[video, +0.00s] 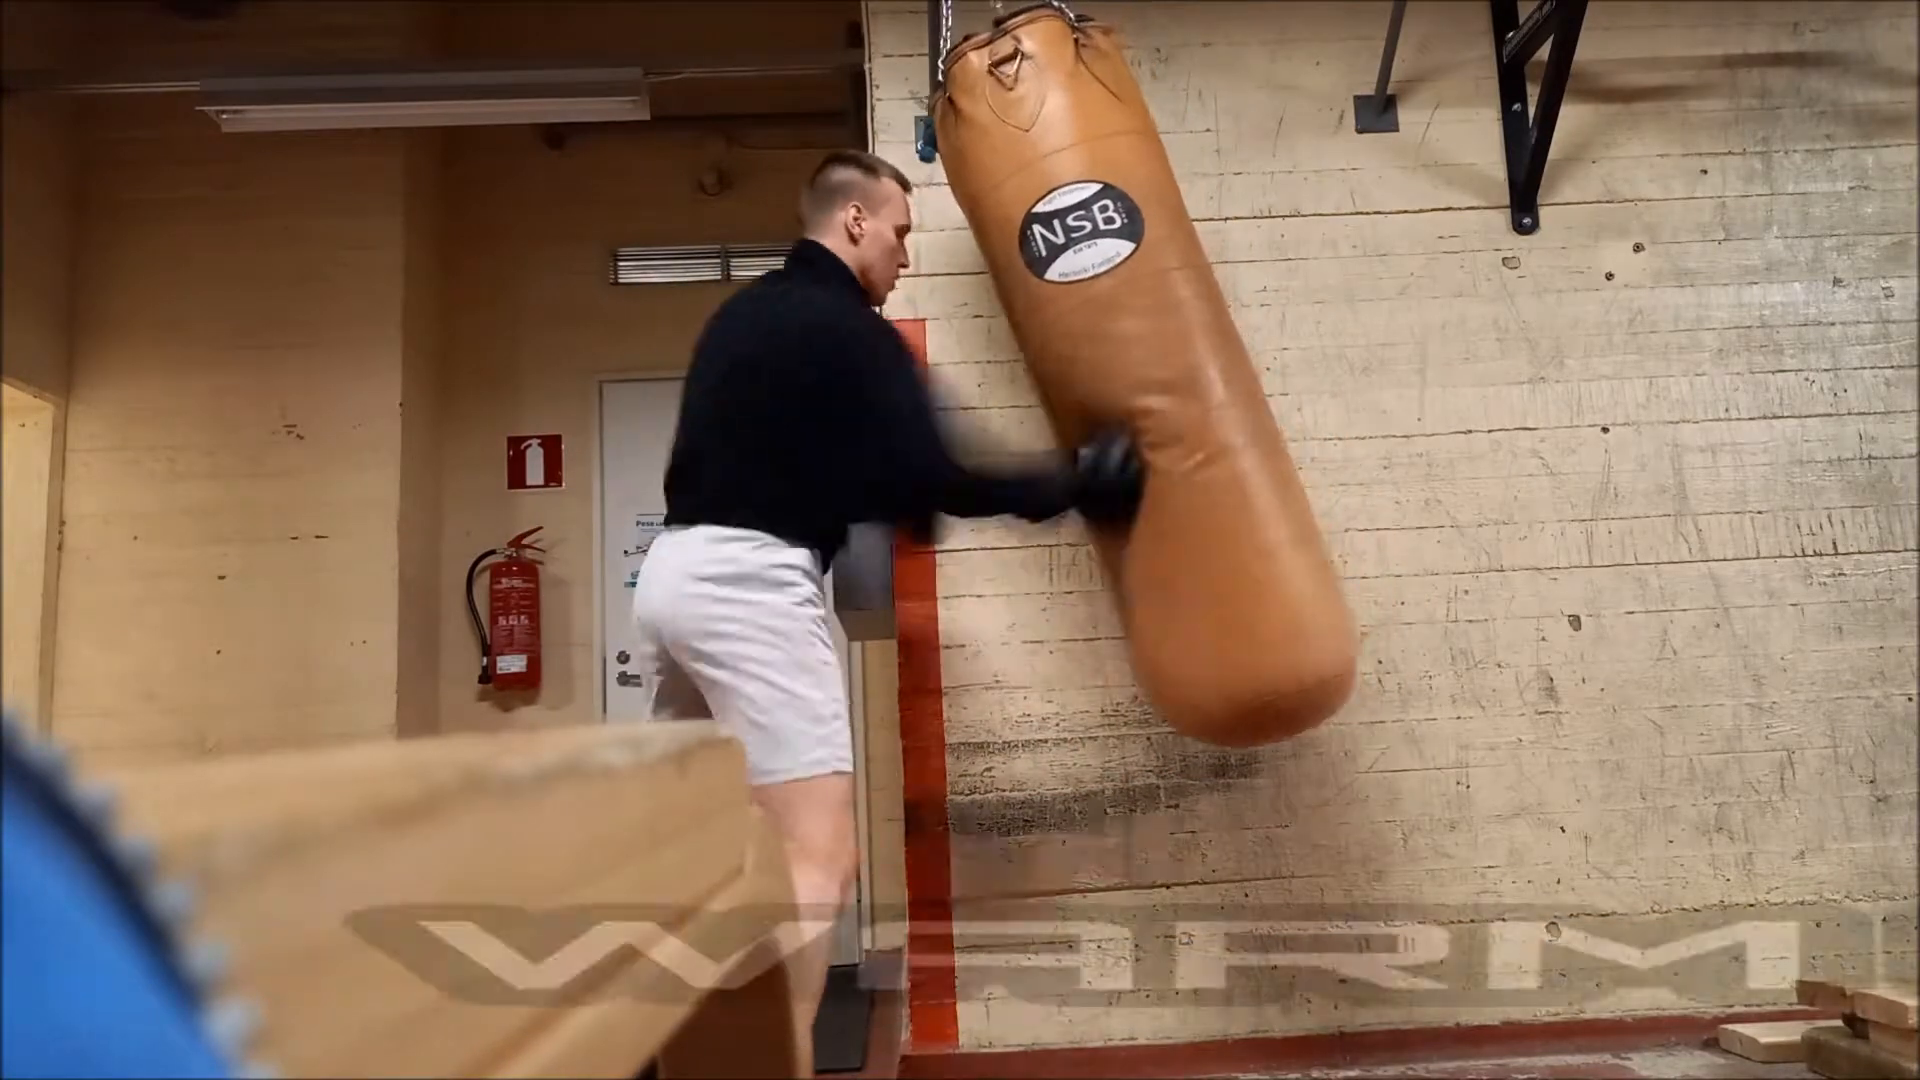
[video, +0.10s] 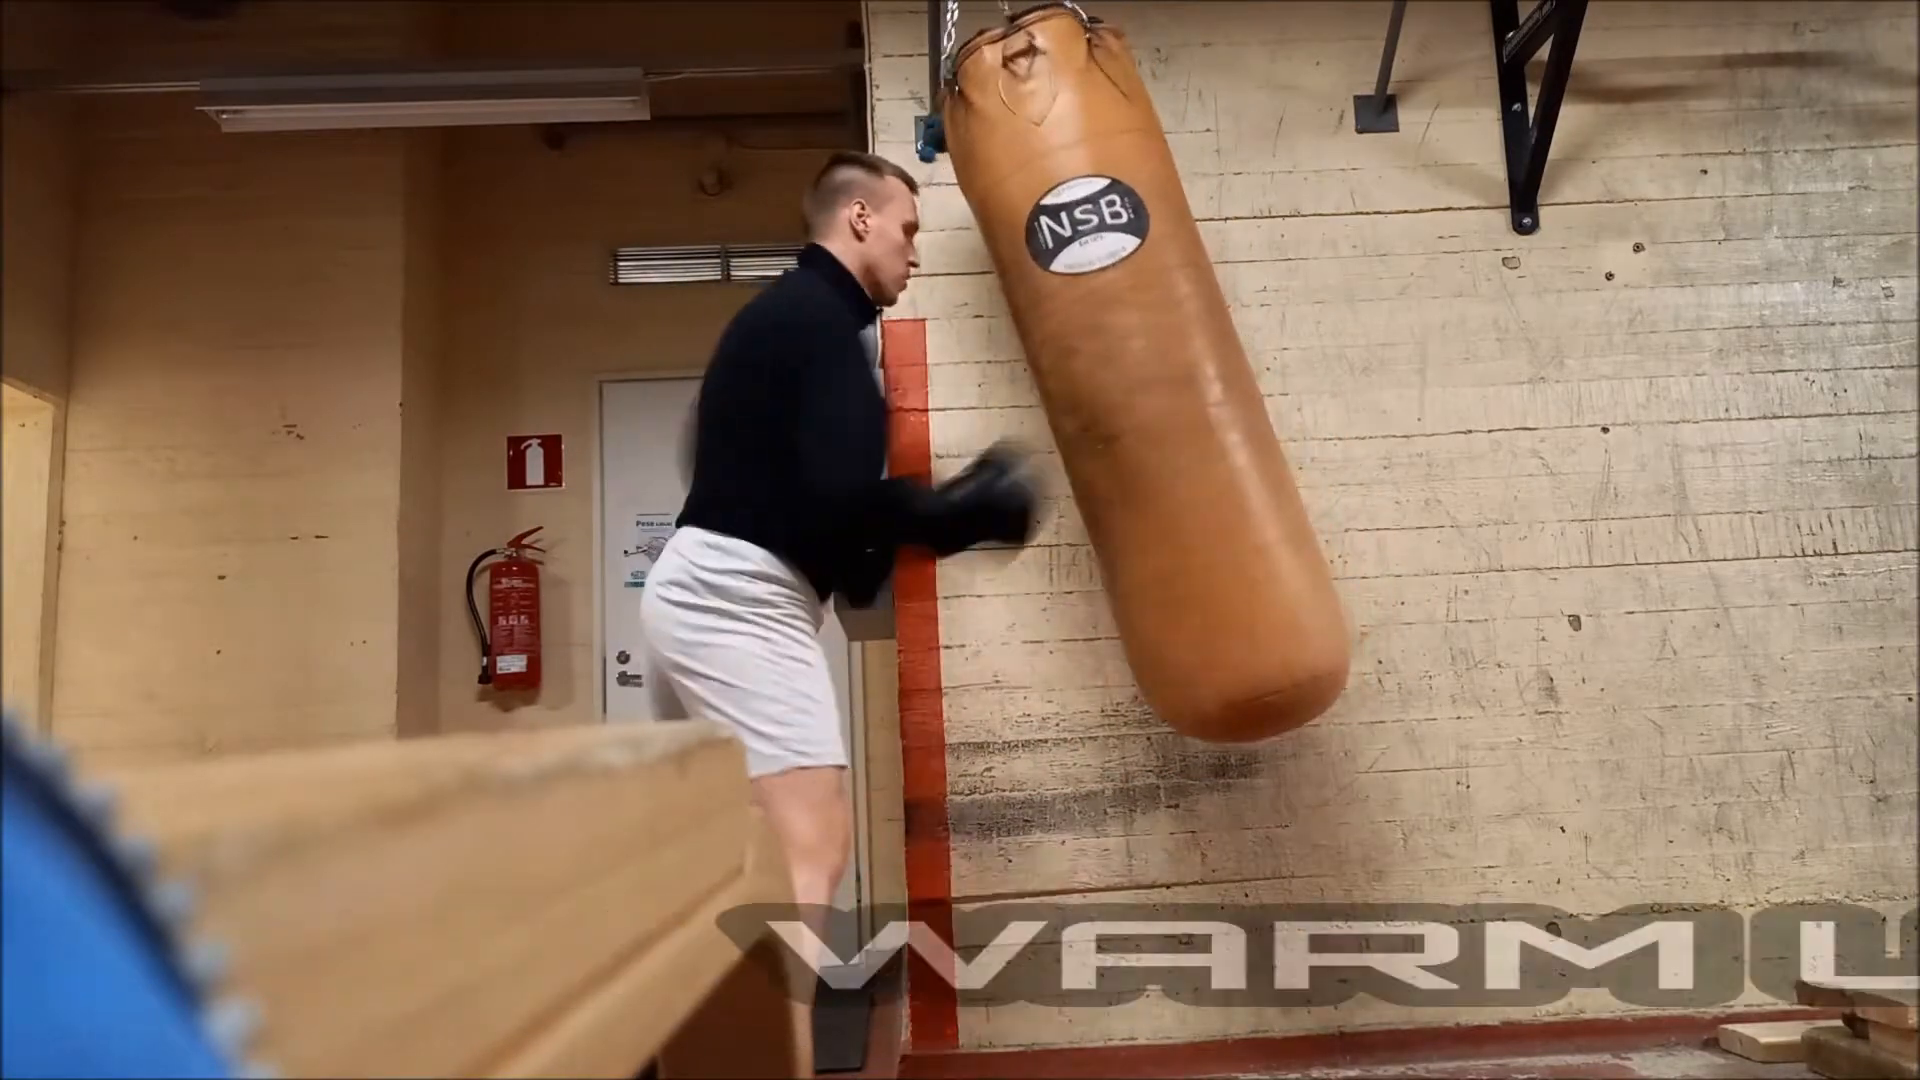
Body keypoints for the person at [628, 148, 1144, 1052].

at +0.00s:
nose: (905, 255)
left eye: (907, 235)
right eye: (899, 233)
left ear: (834, 226)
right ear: (854, 223)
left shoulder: (742, 313)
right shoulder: (852, 333)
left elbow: (820, 462)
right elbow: (927, 482)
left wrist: (911, 495)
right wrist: (1068, 485)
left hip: (674, 570)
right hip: (753, 582)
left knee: (690, 839)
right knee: (819, 860)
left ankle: (678, 1048)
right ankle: (779, 1063)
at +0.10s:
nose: (914, 252)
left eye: (915, 234)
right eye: (907, 230)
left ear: (852, 224)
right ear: (858, 220)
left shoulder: (789, 315)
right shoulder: (816, 323)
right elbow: (839, 499)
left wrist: (931, 515)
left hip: (704, 589)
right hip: (739, 596)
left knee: (727, 847)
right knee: (812, 839)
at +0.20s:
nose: (923, 261)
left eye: (924, 242)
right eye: (915, 239)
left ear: (865, 234)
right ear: (865, 230)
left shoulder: (859, 354)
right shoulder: (770, 319)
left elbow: (854, 496)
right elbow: (670, 466)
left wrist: (965, 489)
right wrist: (712, 558)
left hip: (777, 605)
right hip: (726, 601)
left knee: (753, 838)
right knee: (811, 840)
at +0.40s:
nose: (916, 265)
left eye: (918, 246)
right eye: (908, 244)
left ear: (842, 240)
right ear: (858, 237)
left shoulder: (773, 315)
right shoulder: (833, 325)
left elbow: (821, 491)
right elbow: (829, 507)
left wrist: (926, 488)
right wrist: (938, 524)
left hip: (678, 580)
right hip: (744, 585)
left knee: (719, 843)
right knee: (835, 849)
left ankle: (689, 1047)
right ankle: (772, 1059)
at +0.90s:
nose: (910, 261)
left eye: (912, 241)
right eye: (904, 239)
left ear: (837, 232)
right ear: (858, 230)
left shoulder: (736, 317)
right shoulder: (853, 344)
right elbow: (958, 469)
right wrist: (1060, 475)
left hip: (679, 582)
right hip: (760, 599)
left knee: (688, 841)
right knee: (833, 860)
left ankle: (670, 1047)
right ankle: (781, 1061)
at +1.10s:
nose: (939, 260)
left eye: (936, 242)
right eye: (927, 241)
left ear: (878, 245)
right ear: (879, 243)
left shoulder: (886, 366)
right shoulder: (776, 333)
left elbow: (902, 476)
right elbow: (639, 456)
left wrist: (997, 476)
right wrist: (647, 560)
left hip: (784, 622)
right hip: (727, 607)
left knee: (747, 853)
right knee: (816, 844)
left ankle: (696, 1055)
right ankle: (778, 1064)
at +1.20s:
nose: (938, 263)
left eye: (936, 246)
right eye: (928, 245)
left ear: (873, 250)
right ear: (881, 249)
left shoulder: (855, 371)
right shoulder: (805, 338)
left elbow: (898, 512)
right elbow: (678, 442)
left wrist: (990, 486)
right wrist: (696, 537)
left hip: (693, 598)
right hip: (738, 599)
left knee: (727, 850)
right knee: (828, 856)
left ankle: (691, 1052)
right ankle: (774, 1061)